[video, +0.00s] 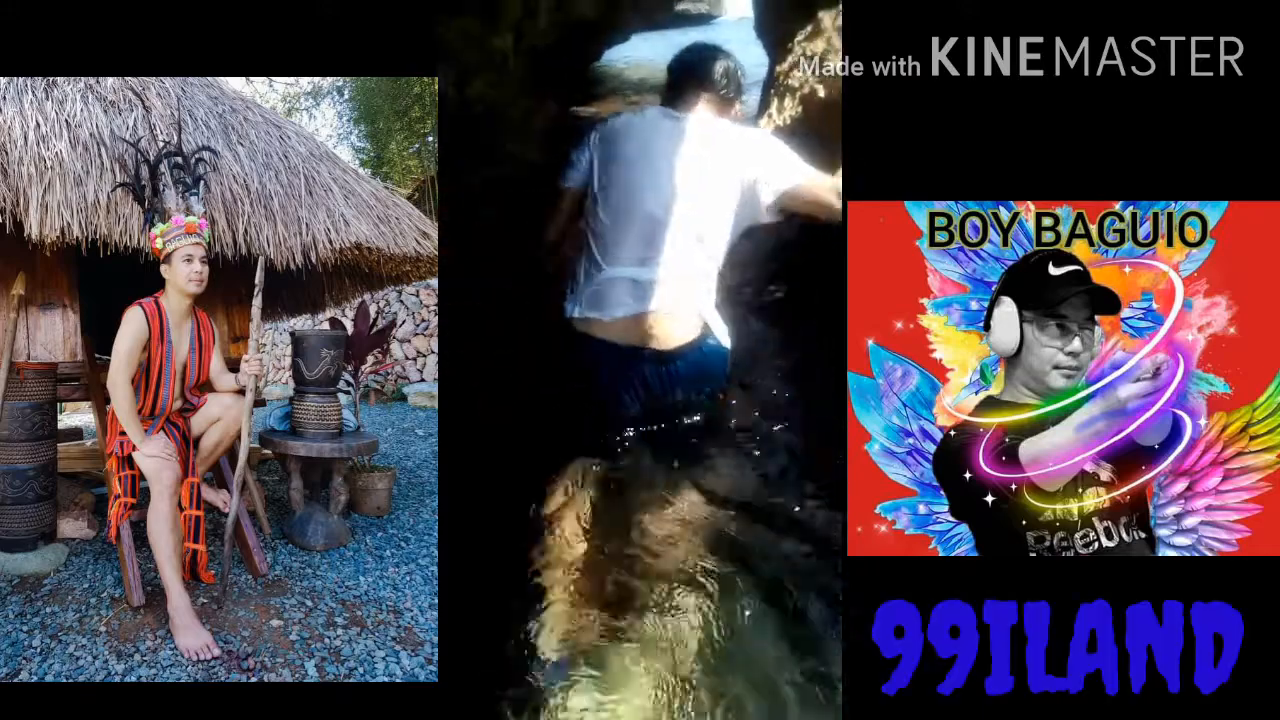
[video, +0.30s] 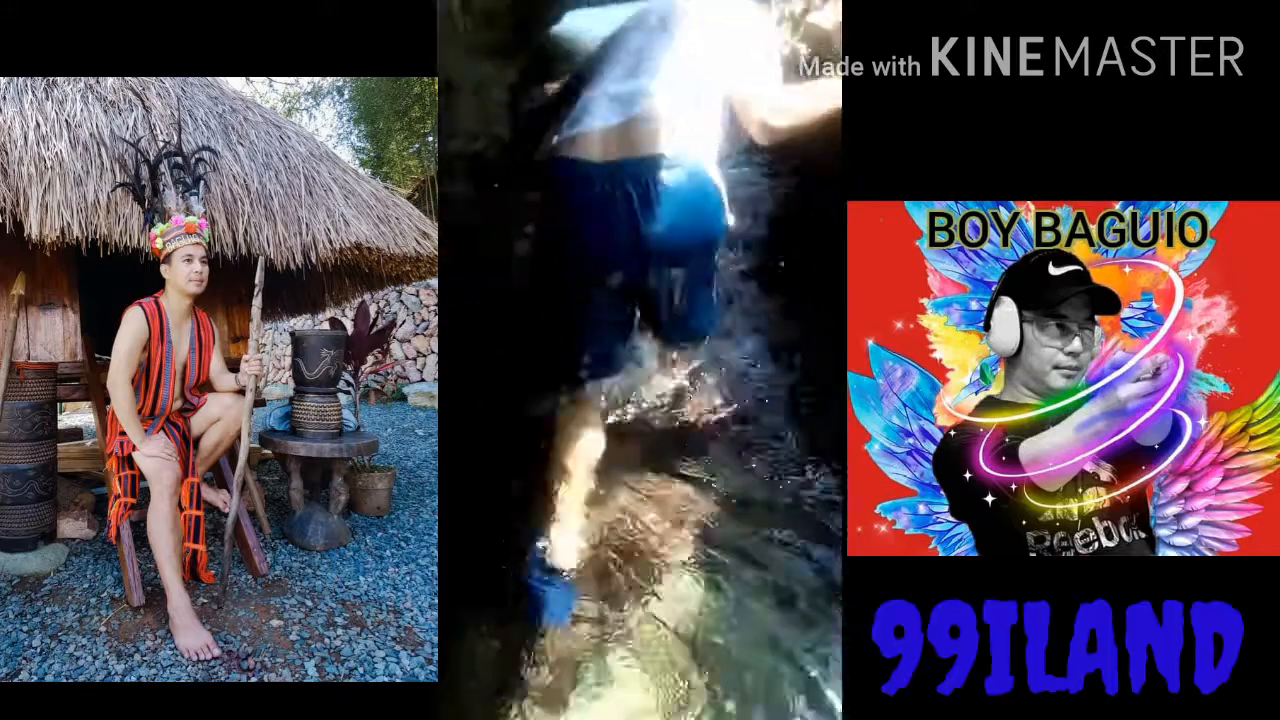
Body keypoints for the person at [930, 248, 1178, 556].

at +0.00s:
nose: (1076, 346)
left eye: (1086, 328)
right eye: (1055, 327)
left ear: (1097, 334)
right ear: (1007, 328)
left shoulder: (1113, 409)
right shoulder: (962, 446)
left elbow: (1155, 435)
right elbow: (1021, 472)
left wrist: (1149, 396)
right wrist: (1105, 412)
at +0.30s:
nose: (1076, 346)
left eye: (1086, 328)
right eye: (1055, 326)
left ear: (1097, 335)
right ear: (1007, 328)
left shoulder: (1113, 408)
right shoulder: (962, 446)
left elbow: (1156, 436)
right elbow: (1020, 472)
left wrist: (1147, 396)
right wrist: (1105, 413)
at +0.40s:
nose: (1076, 346)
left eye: (1086, 328)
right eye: (1055, 326)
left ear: (1096, 335)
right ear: (1007, 328)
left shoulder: (1113, 408)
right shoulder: (962, 446)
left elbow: (1156, 436)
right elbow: (1021, 472)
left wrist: (1147, 395)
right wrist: (1105, 413)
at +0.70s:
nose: (1076, 346)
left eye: (1086, 328)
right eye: (1055, 326)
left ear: (1096, 335)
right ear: (1007, 328)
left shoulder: (1113, 408)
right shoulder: (962, 446)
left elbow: (1156, 436)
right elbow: (1021, 472)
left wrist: (1147, 395)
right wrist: (1105, 413)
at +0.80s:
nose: (1076, 346)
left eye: (1086, 328)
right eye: (1055, 327)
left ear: (1097, 334)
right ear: (1007, 328)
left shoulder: (1113, 409)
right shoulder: (962, 446)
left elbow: (1156, 435)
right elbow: (1021, 472)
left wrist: (1148, 396)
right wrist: (1105, 412)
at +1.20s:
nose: (1076, 346)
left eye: (1086, 328)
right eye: (1055, 327)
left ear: (1097, 334)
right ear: (1007, 328)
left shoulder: (1113, 409)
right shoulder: (962, 446)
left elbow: (1156, 435)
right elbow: (1021, 472)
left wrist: (1148, 396)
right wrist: (1105, 412)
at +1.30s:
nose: (1076, 346)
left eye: (1086, 328)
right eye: (1055, 327)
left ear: (1096, 334)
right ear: (1007, 327)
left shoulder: (1113, 409)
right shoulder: (962, 445)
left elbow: (1156, 435)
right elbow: (1022, 472)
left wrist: (1149, 396)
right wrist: (1105, 412)